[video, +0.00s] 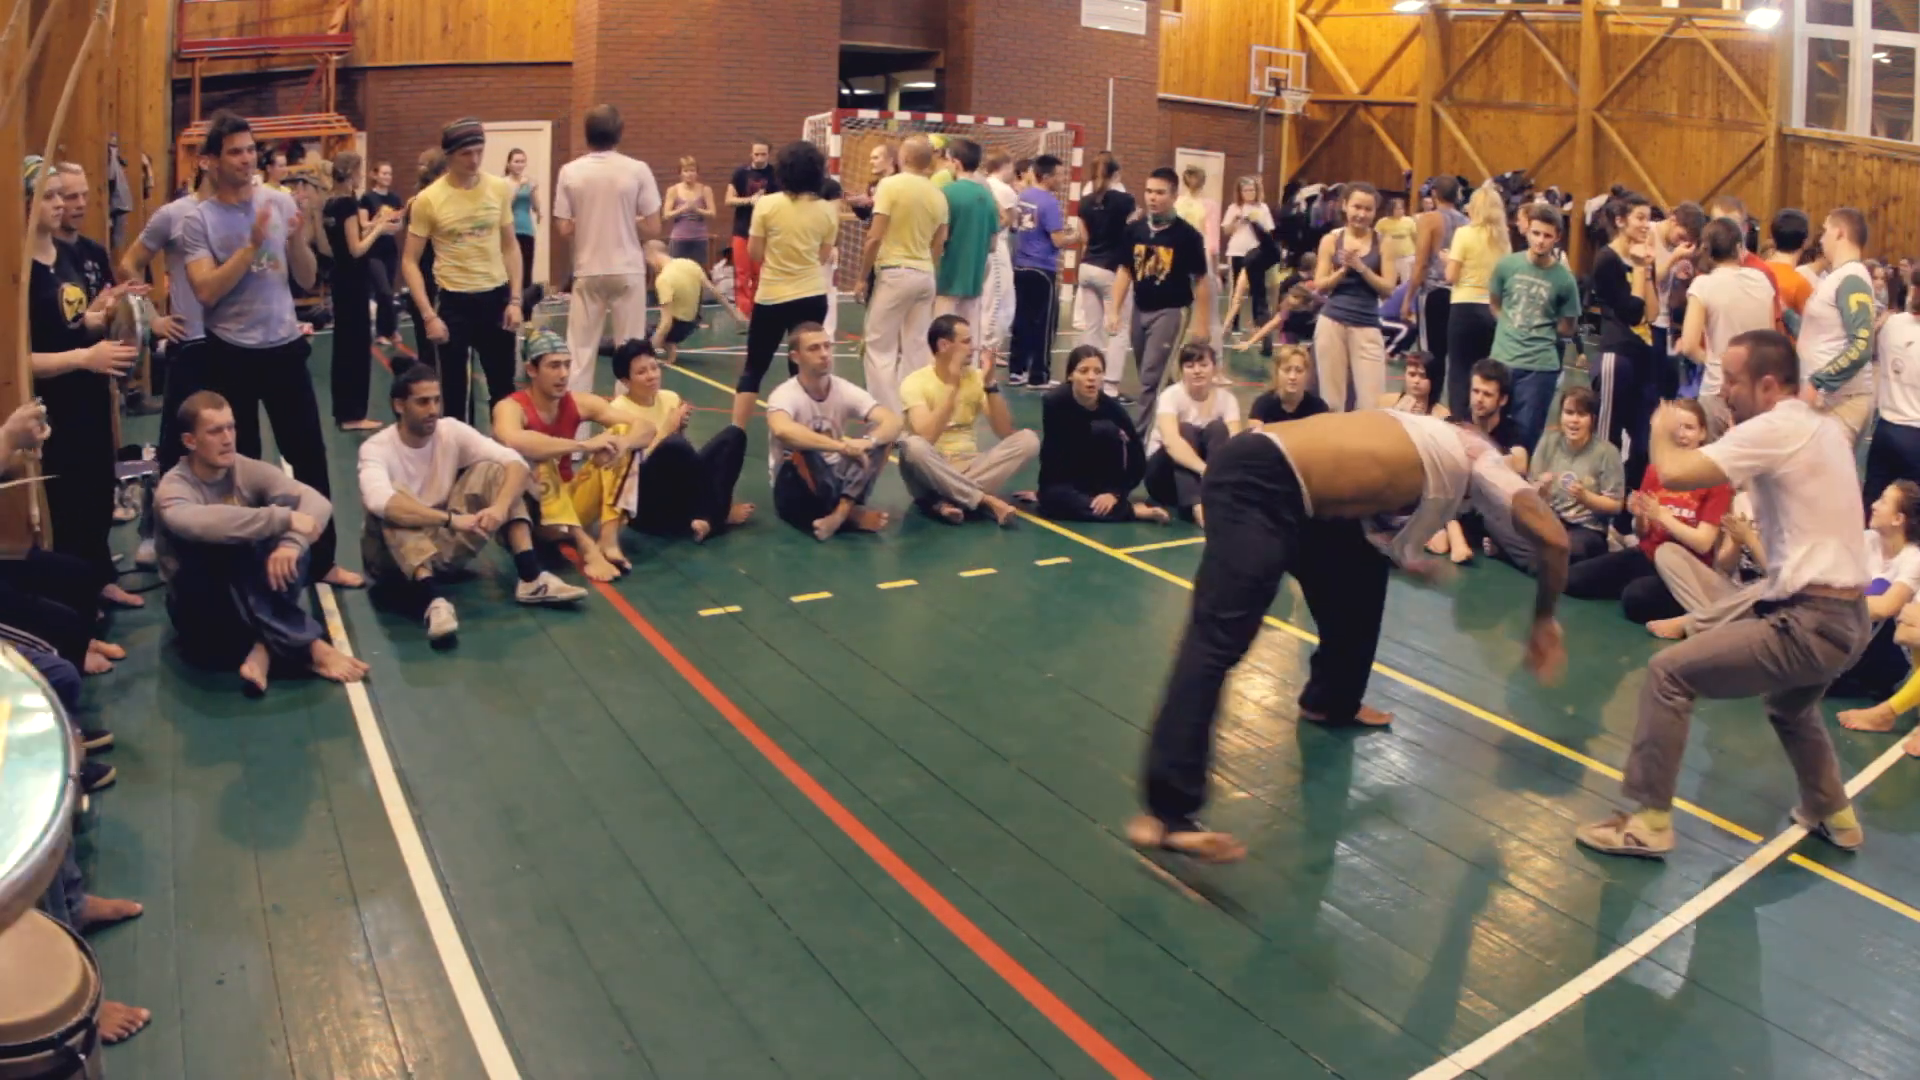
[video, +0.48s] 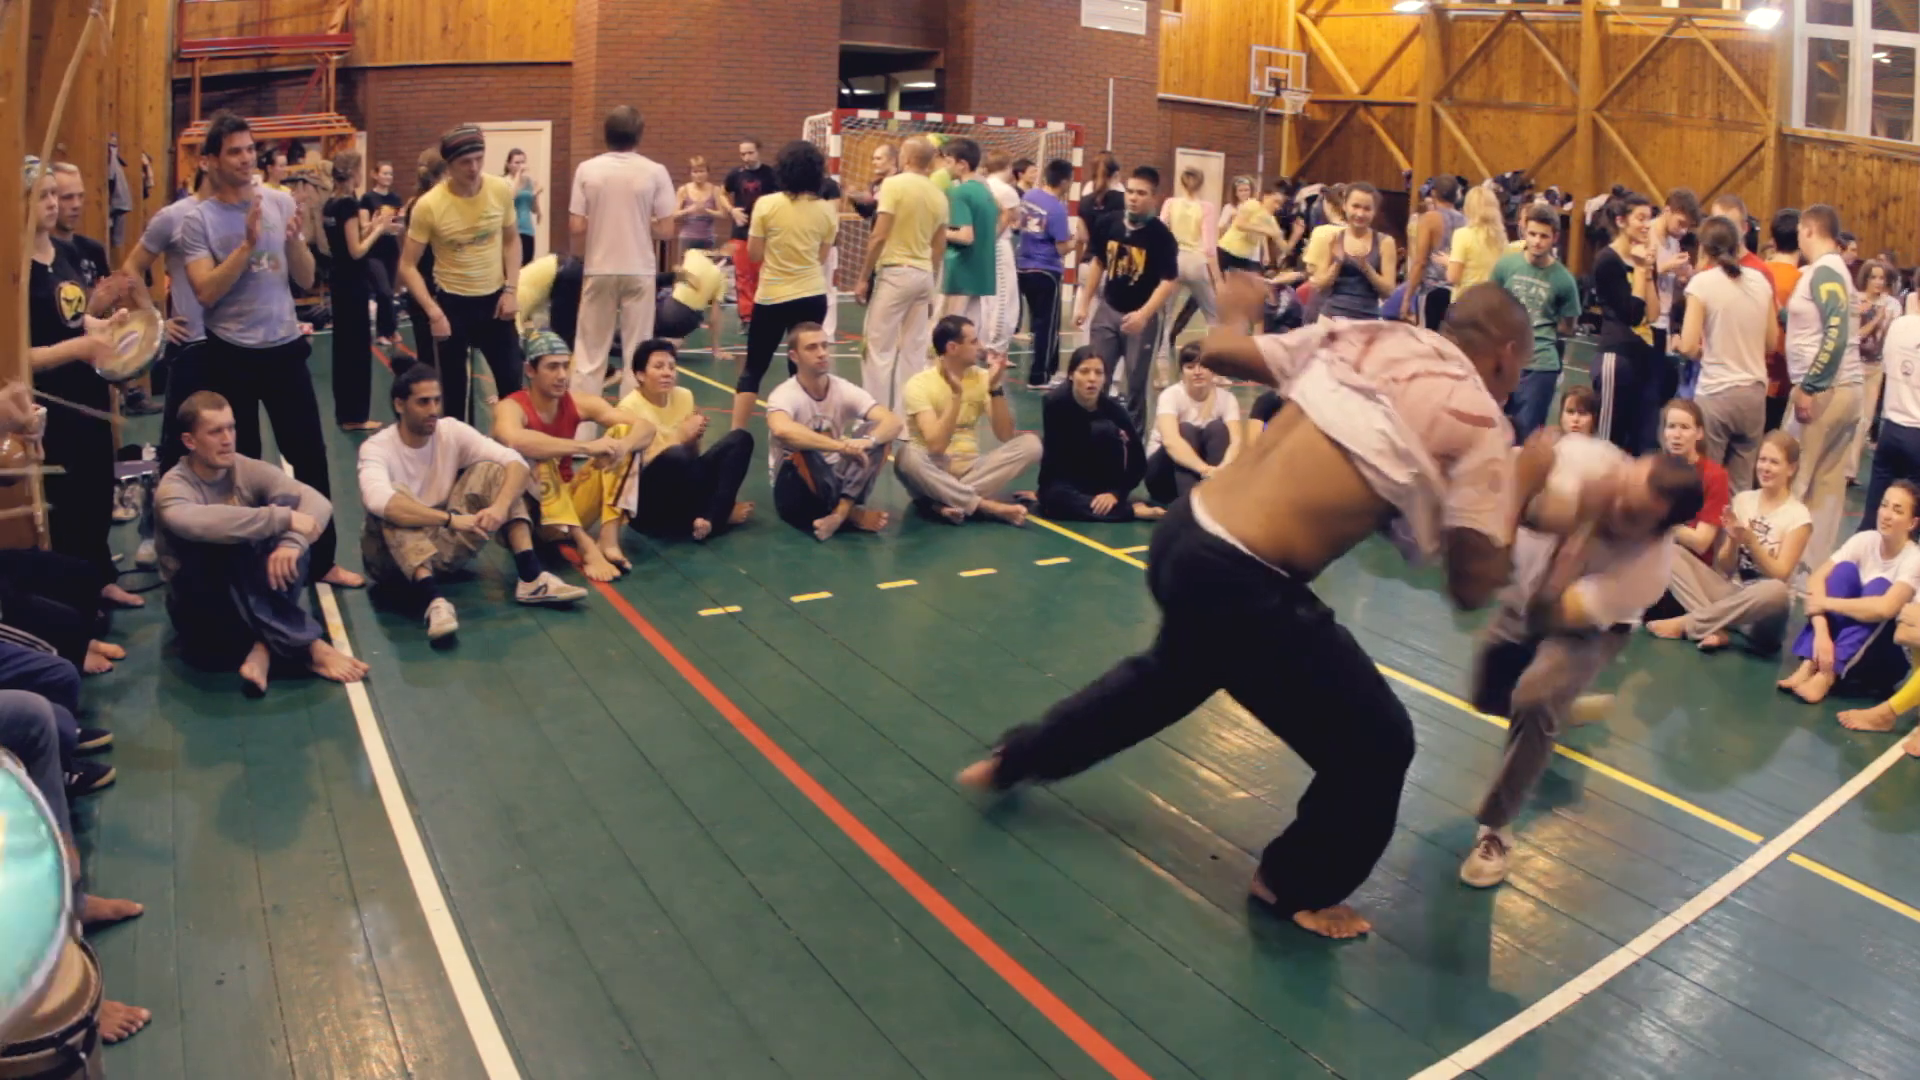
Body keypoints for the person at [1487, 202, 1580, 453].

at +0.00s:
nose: (1540, 241)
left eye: (1547, 236)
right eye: (1536, 233)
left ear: (1557, 238)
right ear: (1526, 232)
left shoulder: (1565, 279)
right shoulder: (1506, 264)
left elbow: (1567, 328)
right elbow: (1495, 306)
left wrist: (1538, 330)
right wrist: (1515, 327)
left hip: (1539, 363)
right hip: (1502, 356)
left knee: (1525, 435)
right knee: (1491, 429)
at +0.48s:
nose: (1537, 241)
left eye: (1544, 236)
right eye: (1532, 234)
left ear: (1554, 238)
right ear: (1524, 233)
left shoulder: (1564, 280)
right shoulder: (1505, 264)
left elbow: (1568, 326)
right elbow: (1490, 304)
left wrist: (1539, 331)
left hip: (1541, 359)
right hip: (1502, 352)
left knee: (1525, 428)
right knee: (1494, 421)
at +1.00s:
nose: (1534, 242)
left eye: (1541, 236)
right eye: (1529, 235)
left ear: (1552, 239)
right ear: (1521, 235)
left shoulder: (1563, 280)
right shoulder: (1505, 265)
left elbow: (1568, 326)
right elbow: (1495, 304)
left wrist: (1540, 332)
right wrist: (1514, 326)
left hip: (1540, 360)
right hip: (1503, 354)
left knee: (1526, 433)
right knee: (1492, 426)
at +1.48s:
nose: (1534, 241)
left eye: (1541, 236)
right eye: (1529, 234)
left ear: (1552, 238)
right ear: (1521, 235)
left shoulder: (1563, 280)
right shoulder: (1505, 266)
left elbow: (1567, 324)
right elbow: (1495, 305)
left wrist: (1539, 333)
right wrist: (1514, 327)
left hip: (1541, 359)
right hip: (1504, 354)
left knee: (1527, 431)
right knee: (1492, 424)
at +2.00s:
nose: (1534, 242)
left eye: (1541, 236)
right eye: (1530, 234)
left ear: (1553, 239)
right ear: (1522, 234)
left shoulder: (1564, 279)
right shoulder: (1505, 266)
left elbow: (1568, 326)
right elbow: (1496, 305)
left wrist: (1540, 334)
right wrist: (1515, 327)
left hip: (1541, 361)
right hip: (1504, 355)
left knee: (1527, 432)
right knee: (1493, 424)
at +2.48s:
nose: (1534, 241)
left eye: (1541, 236)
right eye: (1530, 234)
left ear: (1552, 238)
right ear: (1522, 234)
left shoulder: (1564, 278)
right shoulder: (1504, 266)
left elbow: (1567, 325)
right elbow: (1496, 307)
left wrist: (1540, 334)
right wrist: (1515, 329)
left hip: (1541, 362)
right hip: (1503, 355)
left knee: (1526, 432)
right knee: (1491, 426)